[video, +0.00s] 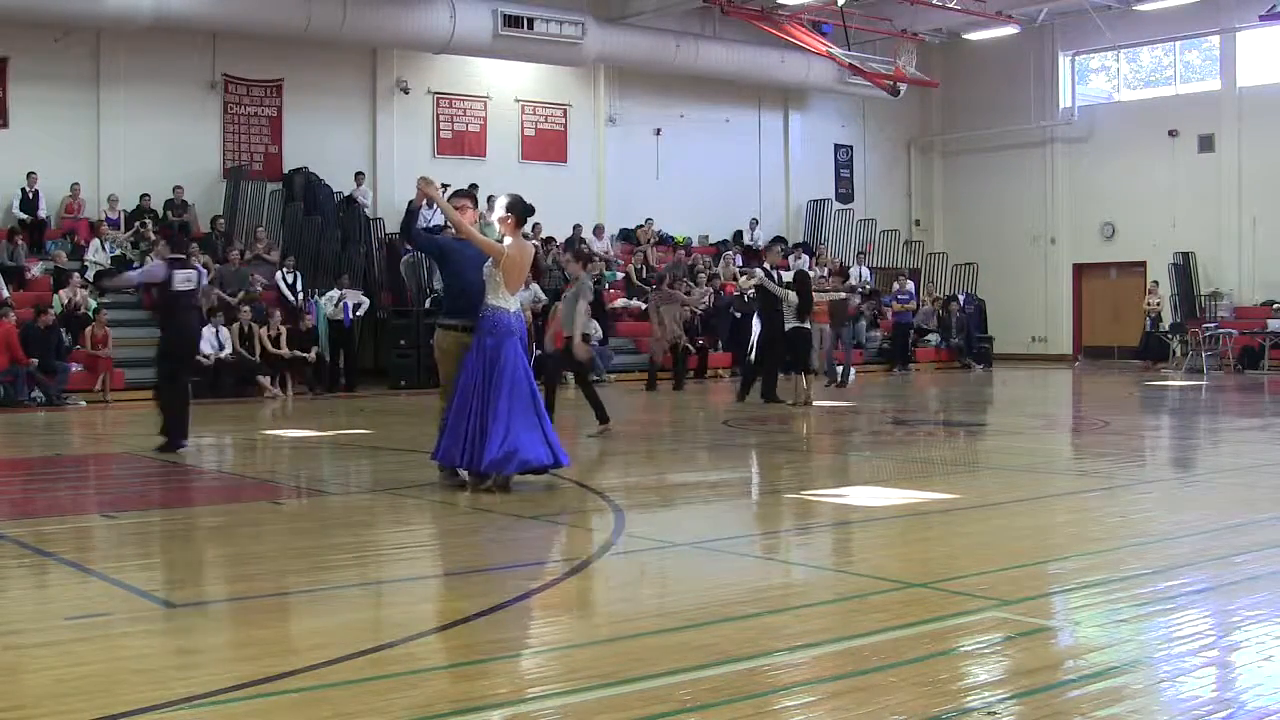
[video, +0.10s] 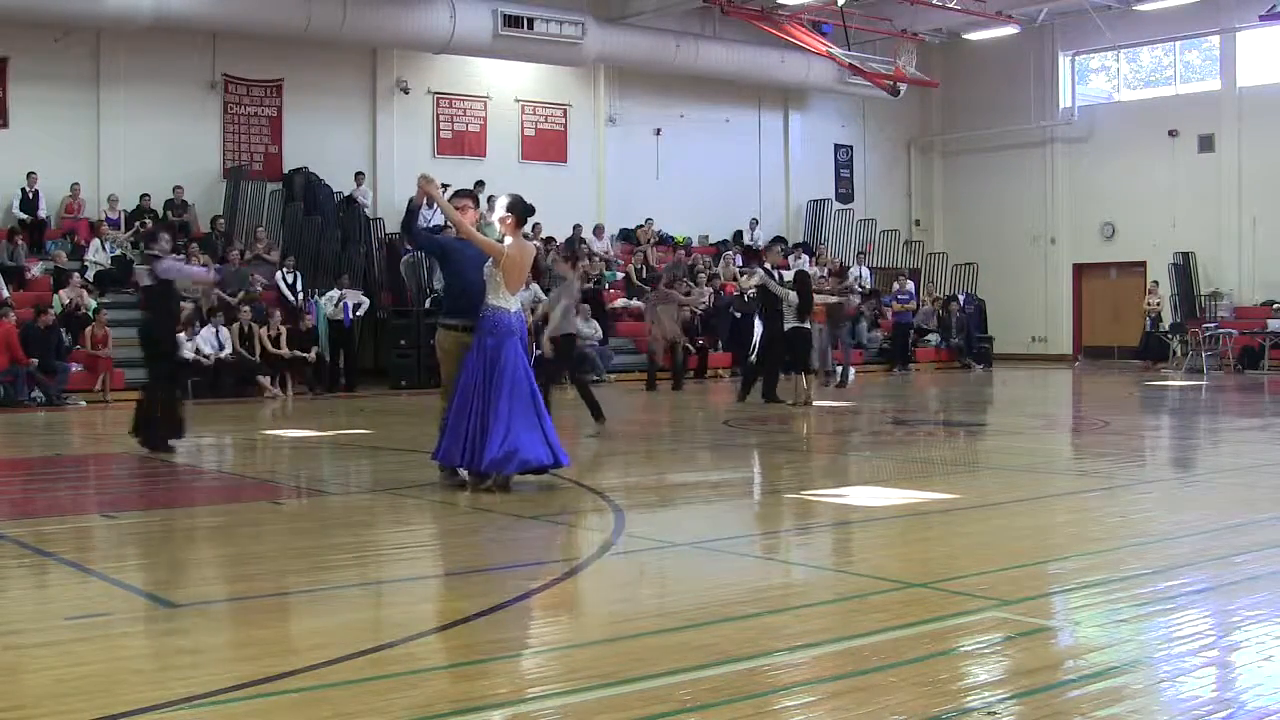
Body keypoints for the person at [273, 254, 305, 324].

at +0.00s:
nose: (290, 263)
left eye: (292, 261)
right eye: (288, 261)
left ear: (294, 263)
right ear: (284, 262)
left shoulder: (297, 274)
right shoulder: (279, 274)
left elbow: (299, 287)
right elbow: (283, 288)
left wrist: (300, 299)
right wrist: (292, 300)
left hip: (295, 297)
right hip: (284, 298)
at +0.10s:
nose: (290, 263)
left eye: (292, 261)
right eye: (288, 261)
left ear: (294, 263)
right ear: (284, 262)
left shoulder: (297, 274)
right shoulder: (279, 274)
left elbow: (299, 287)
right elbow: (283, 288)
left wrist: (300, 299)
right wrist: (292, 300)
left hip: (296, 298)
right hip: (284, 298)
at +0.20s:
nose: (291, 263)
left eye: (293, 261)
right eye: (289, 261)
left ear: (294, 262)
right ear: (285, 262)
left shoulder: (297, 274)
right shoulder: (279, 274)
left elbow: (299, 287)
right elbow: (284, 289)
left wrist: (300, 299)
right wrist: (292, 300)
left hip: (295, 298)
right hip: (284, 299)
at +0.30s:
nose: (291, 263)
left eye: (293, 261)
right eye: (289, 261)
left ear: (295, 262)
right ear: (284, 262)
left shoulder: (297, 274)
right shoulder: (279, 274)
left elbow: (299, 287)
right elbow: (284, 289)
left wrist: (300, 299)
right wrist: (292, 300)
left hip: (295, 298)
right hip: (284, 299)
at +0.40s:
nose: (291, 263)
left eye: (293, 261)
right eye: (289, 261)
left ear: (295, 262)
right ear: (284, 261)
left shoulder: (297, 274)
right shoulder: (279, 274)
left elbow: (299, 287)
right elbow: (283, 289)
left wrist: (300, 299)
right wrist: (292, 300)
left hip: (295, 297)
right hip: (284, 298)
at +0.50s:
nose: (291, 263)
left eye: (293, 261)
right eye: (289, 261)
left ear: (295, 262)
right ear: (284, 262)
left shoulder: (297, 274)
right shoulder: (279, 274)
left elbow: (299, 287)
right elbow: (283, 289)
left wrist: (300, 298)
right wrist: (292, 299)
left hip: (295, 297)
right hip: (284, 298)